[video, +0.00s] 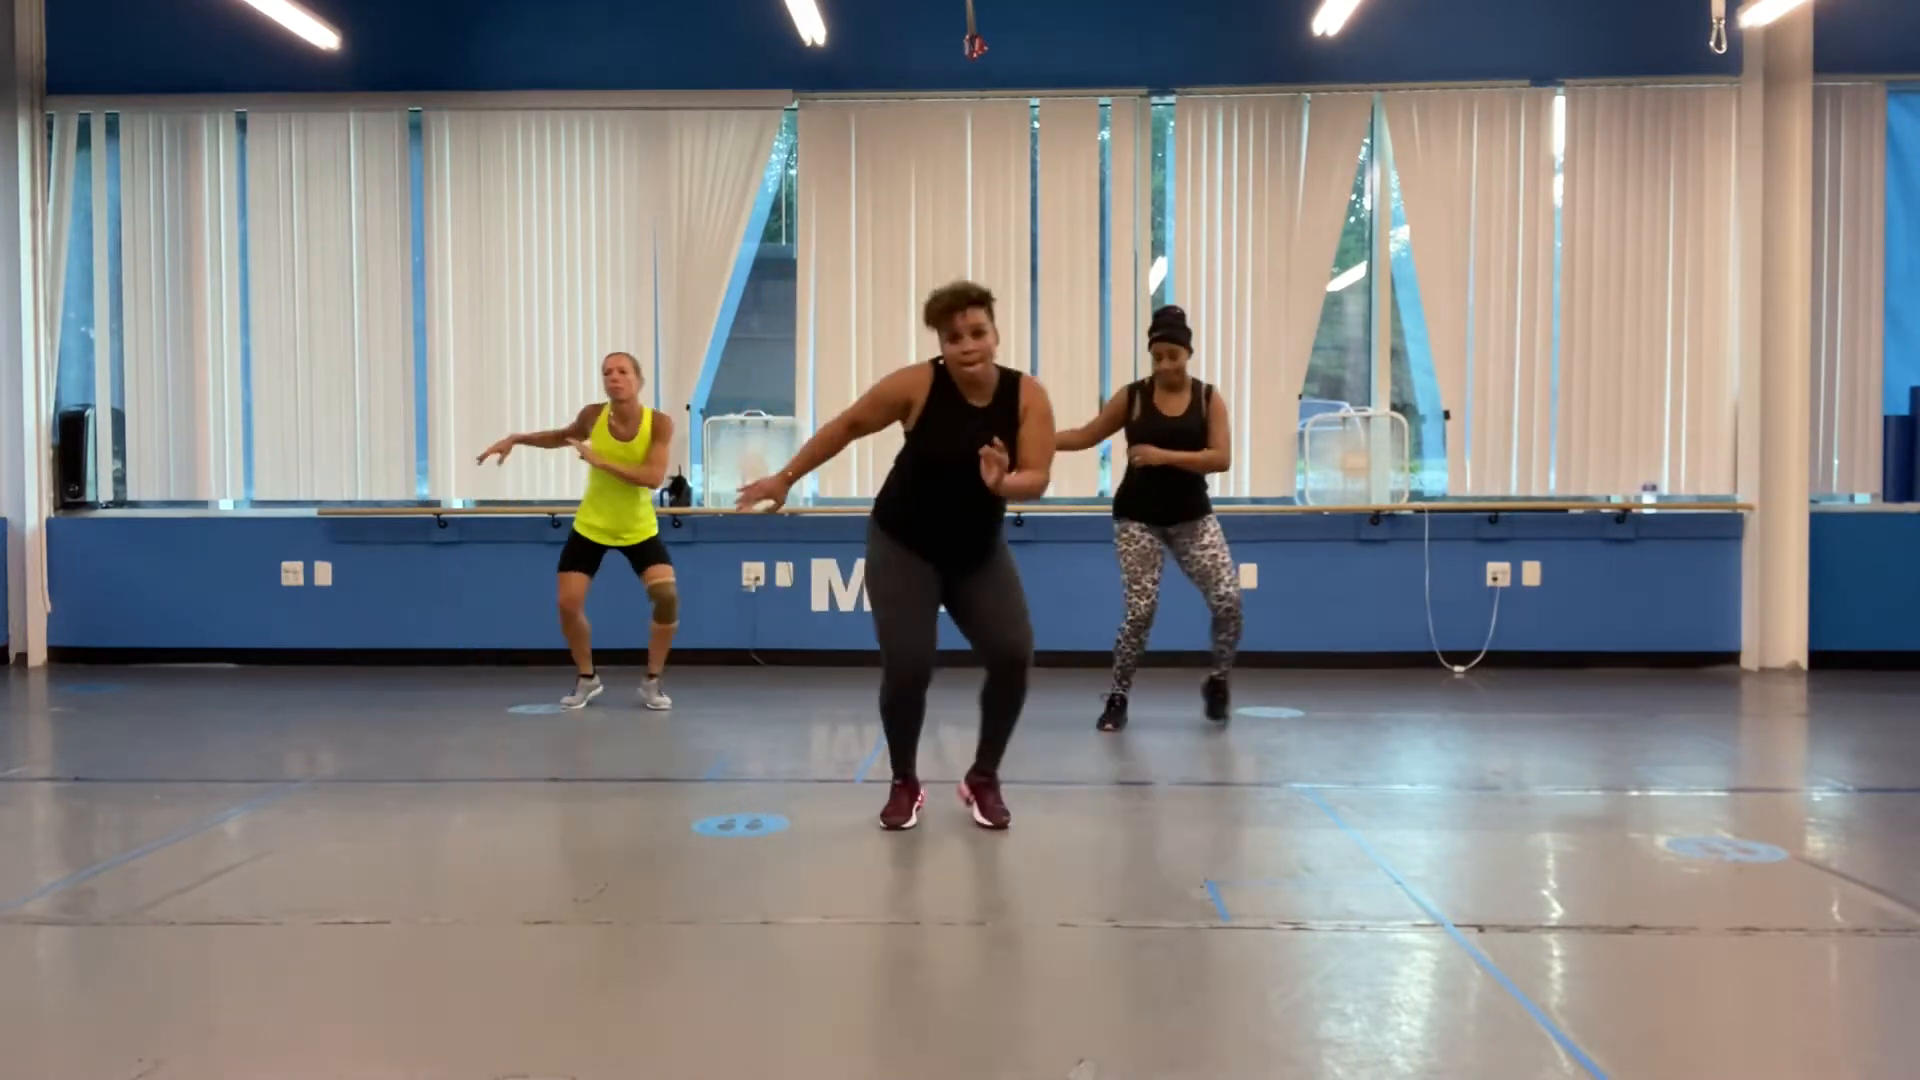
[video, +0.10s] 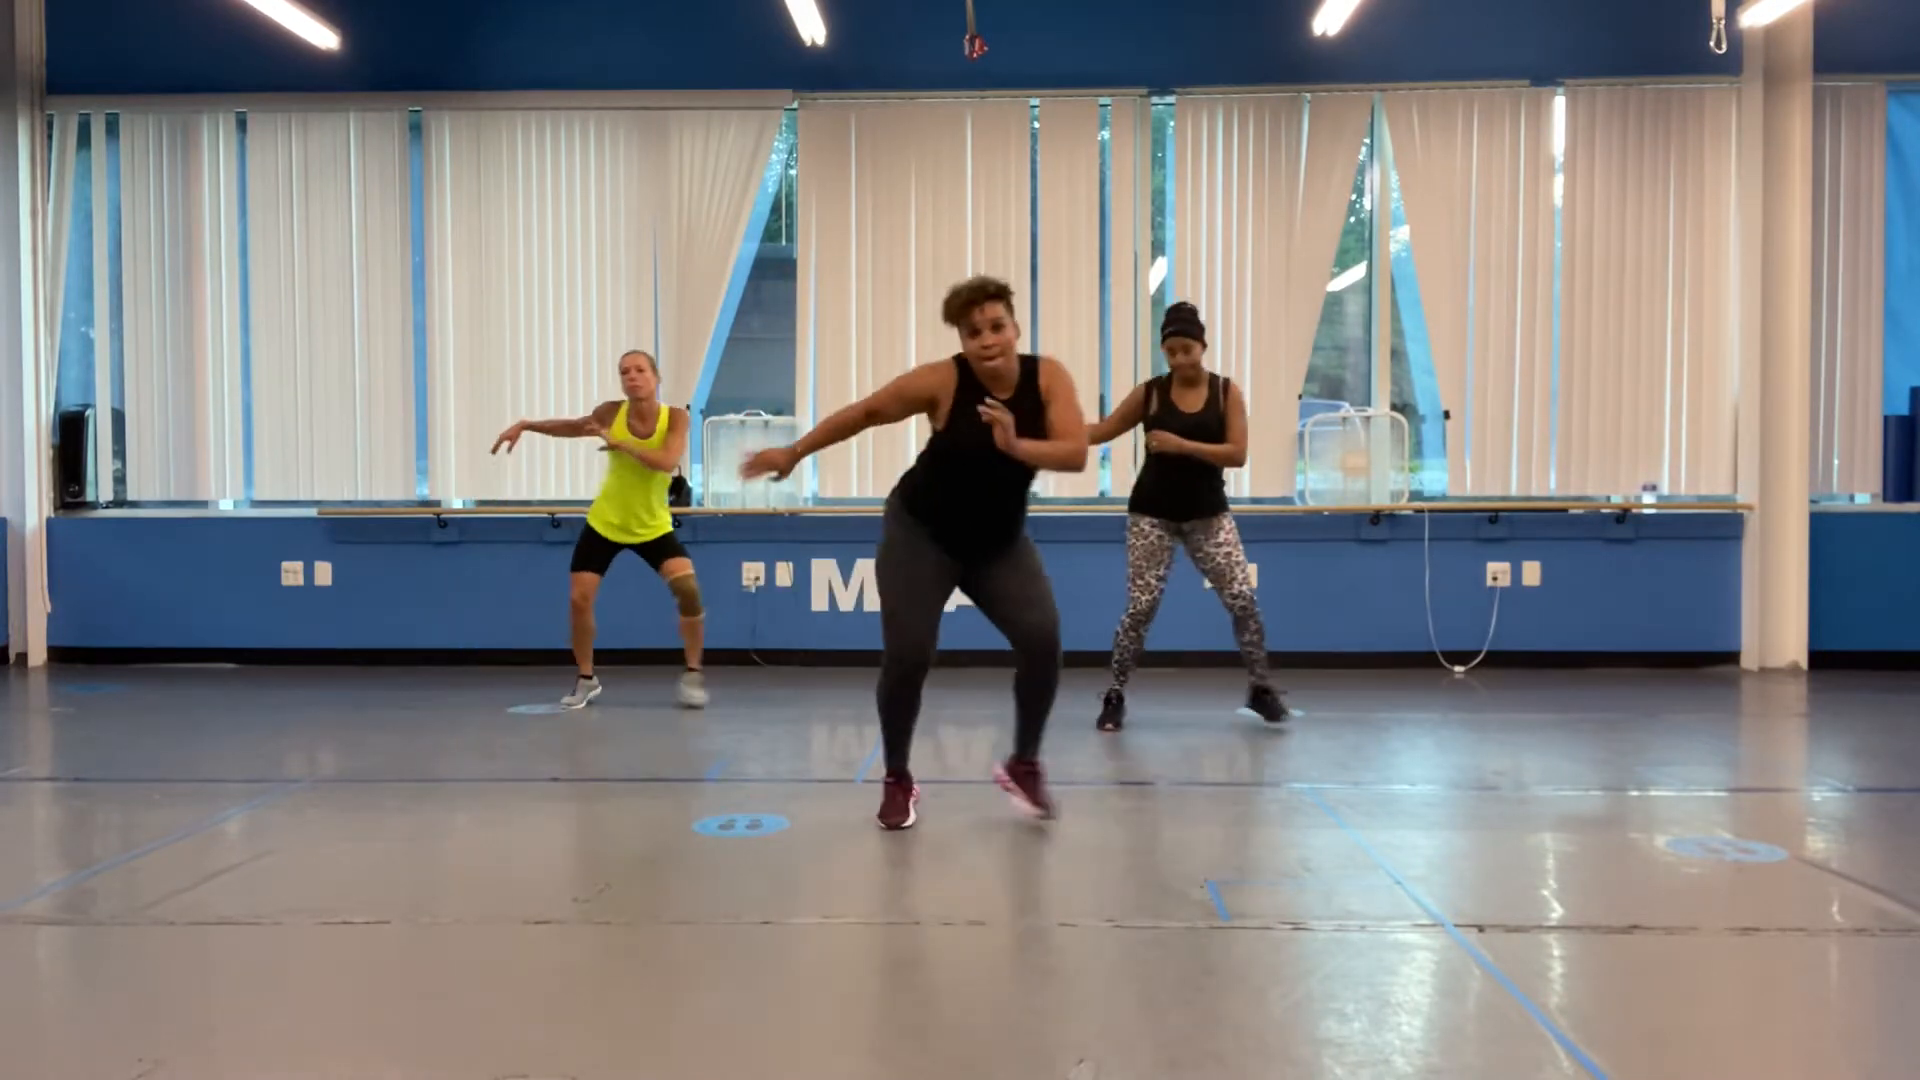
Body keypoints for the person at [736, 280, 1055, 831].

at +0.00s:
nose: (969, 346)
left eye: (978, 333)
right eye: (956, 338)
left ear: (996, 335)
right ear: (940, 344)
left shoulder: (1027, 396)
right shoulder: (913, 386)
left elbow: (1037, 479)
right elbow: (845, 428)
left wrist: (1004, 483)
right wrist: (784, 478)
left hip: (978, 548)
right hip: (904, 543)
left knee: (1013, 654)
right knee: (908, 669)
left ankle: (984, 777)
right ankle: (904, 783)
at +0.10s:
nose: (989, 340)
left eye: (998, 327)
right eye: (975, 332)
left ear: (1016, 328)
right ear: (960, 339)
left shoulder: (1048, 378)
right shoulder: (938, 382)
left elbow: (1076, 454)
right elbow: (867, 412)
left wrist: (1017, 446)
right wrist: (794, 453)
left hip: (998, 540)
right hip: (922, 533)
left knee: (1043, 642)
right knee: (909, 656)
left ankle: (1024, 764)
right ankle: (897, 777)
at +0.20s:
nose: (1008, 348)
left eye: (1018, 335)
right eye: (995, 340)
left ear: (1037, 337)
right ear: (981, 347)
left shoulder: (1070, 380)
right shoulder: (962, 391)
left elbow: (1111, 438)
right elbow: (883, 417)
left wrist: (1030, 424)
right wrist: (804, 442)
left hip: (1023, 547)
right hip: (948, 534)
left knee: (1055, 664)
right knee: (904, 646)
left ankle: (1083, 791)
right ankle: (867, 745)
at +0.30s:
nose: (1023, 353)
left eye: (1032, 340)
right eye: (1010, 345)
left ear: (1050, 345)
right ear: (994, 354)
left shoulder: (1085, 396)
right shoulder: (974, 412)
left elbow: (1130, 458)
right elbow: (907, 457)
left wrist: (1049, 459)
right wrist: (836, 486)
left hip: (1048, 557)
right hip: (971, 548)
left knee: (1093, 662)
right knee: (923, 642)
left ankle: (1087, 792)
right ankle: (849, 706)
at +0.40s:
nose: (1029, 346)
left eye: (1038, 335)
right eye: (1015, 337)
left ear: (1051, 340)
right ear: (994, 347)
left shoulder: (1085, 401)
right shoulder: (971, 413)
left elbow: (1132, 466)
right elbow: (940, 492)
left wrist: (1097, 504)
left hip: (1054, 559)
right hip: (974, 555)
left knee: (1100, 663)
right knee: (937, 656)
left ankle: (1089, 791)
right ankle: (878, 742)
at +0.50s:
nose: (1044, 339)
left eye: (1045, 328)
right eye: (1030, 331)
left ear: (1048, 332)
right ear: (992, 341)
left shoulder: (1071, 391)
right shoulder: (957, 404)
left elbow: (1138, 433)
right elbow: (951, 486)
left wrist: (1130, 478)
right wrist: (967, 549)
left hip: (1051, 555)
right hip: (971, 553)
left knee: (1090, 666)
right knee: (923, 665)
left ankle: (1091, 790)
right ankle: (913, 769)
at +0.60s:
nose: (1028, 334)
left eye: (1029, 324)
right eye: (1015, 325)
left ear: (1028, 329)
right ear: (975, 332)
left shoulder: (1041, 382)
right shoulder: (932, 382)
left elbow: (1118, 399)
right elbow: (914, 461)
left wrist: (1138, 438)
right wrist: (996, 476)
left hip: (1033, 544)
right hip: (952, 545)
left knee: (1067, 659)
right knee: (907, 656)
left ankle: (1097, 784)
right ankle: (896, 767)